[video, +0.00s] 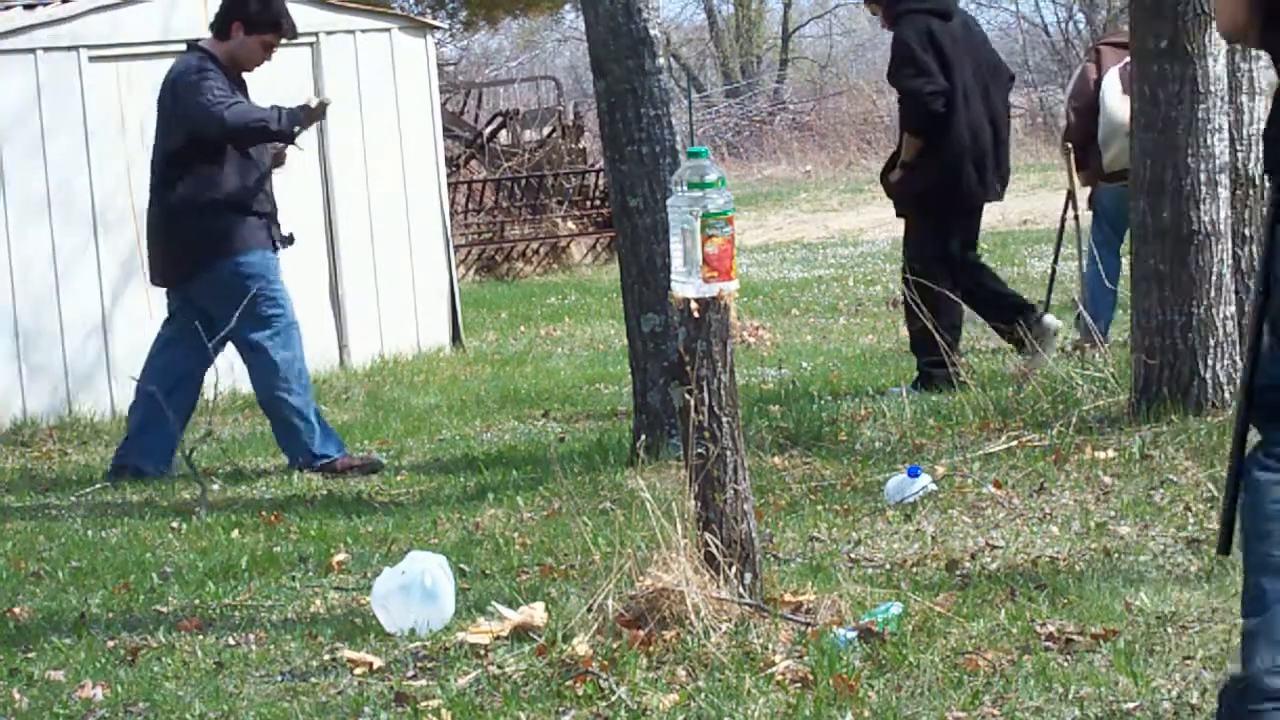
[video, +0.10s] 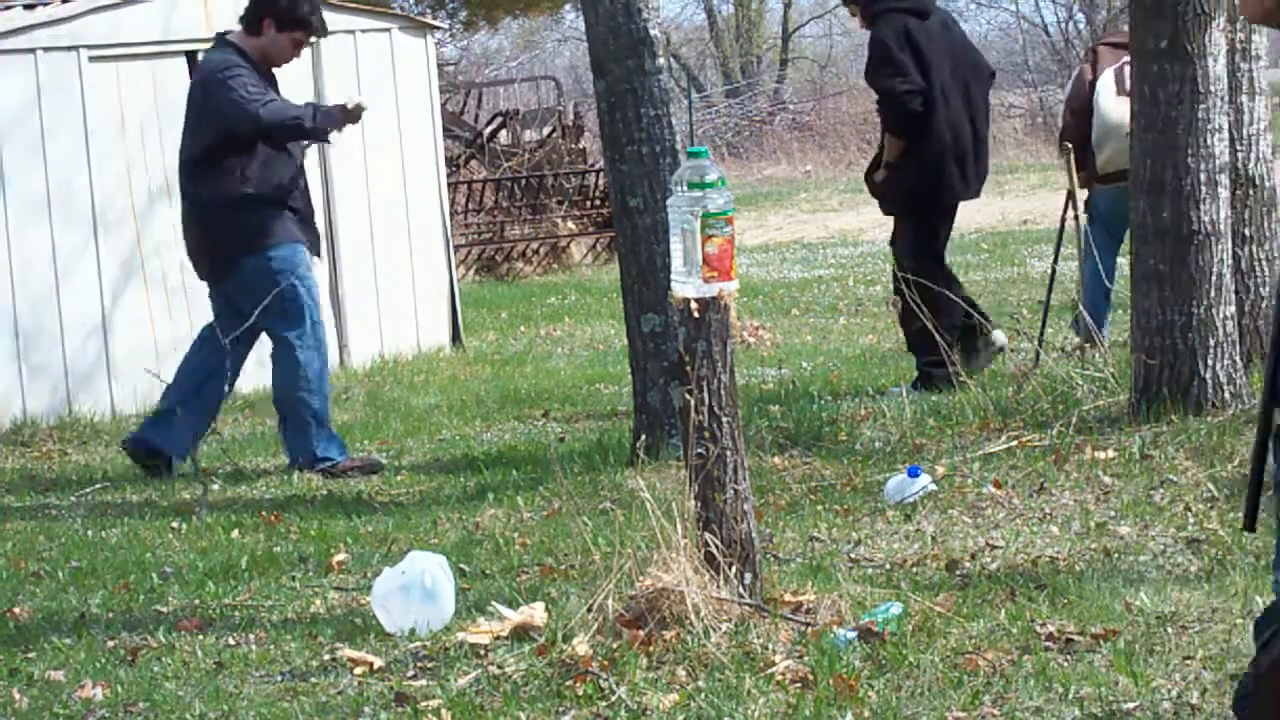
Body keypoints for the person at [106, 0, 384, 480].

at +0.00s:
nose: (268, 57)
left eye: (273, 49)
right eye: (266, 45)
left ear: (237, 31)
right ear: (236, 29)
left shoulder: (212, 77)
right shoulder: (198, 73)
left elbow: (213, 162)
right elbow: (225, 120)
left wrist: (263, 155)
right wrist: (292, 118)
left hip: (209, 240)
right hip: (225, 235)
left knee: (181, 354)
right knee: (276, 335)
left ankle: (137, 464)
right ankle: (316, 454)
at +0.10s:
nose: (298, 56)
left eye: (303, 47)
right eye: (296, 43)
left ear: (268, 27)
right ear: (268, 25)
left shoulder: (231, 69)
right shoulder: (229, 70)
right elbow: (264, 116)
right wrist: (327, 116)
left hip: (230, 232)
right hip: (257, 225)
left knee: (228, 337)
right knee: (302, 333)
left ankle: (159, 441)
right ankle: (316, 453)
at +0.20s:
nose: (323, 45)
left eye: (328, 36)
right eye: (322, 33)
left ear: (294, 18)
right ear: (295, 17)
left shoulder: (270, 61)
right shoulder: (254, 60)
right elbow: (293, 109)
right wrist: (361, 113)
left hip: (286, 224)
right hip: (280, 226)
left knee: (282, 327)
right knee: (311, 336)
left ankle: (199, 410)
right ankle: (316, 455)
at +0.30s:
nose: (349, 36)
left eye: (353, 27)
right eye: (347, 25)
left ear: (318, 11)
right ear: (319, 9)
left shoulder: (299, 55)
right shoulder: (277, 53)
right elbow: (318, 102)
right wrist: (389, 107)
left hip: (318, 214)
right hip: (290, 218)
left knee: (346, 302)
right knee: (320, 316)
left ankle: (266, 406)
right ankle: (316, 452)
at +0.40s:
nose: (374, 35)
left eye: (378, 26)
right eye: (372, 24)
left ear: (344, 11)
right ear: (344, 8)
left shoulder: (325, 54)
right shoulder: (301, 50)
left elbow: (348, 120)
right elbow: (349, 100)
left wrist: (407, 112)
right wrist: (421, 103)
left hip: (354, 217)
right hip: (315, 219)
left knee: (374, 319)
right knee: (324, 329)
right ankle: (316, 453)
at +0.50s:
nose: (398, 37)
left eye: (403, 30)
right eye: (397, 26)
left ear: (368, 12)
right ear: (370, 10)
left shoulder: (347, 56)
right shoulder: (328, 53)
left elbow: (375, 124)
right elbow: (377, 99)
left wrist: (437, 112)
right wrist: (444, 107)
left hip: (371, 220)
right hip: (338, 223)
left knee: (395, 331)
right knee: (336, 335)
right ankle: (317, 455)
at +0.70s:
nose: (454, 40)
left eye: (459, 32)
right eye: (453, 28)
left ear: (423, 15)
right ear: (424, 12)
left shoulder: (412, 62)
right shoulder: (387, 57)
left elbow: (436, 128)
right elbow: (440, 98)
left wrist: (489, 113)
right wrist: (500, 101)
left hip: (438, 231)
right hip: (400, 231)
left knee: (462, 339)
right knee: (374, 340)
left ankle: (495, 437)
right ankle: (321, 449)